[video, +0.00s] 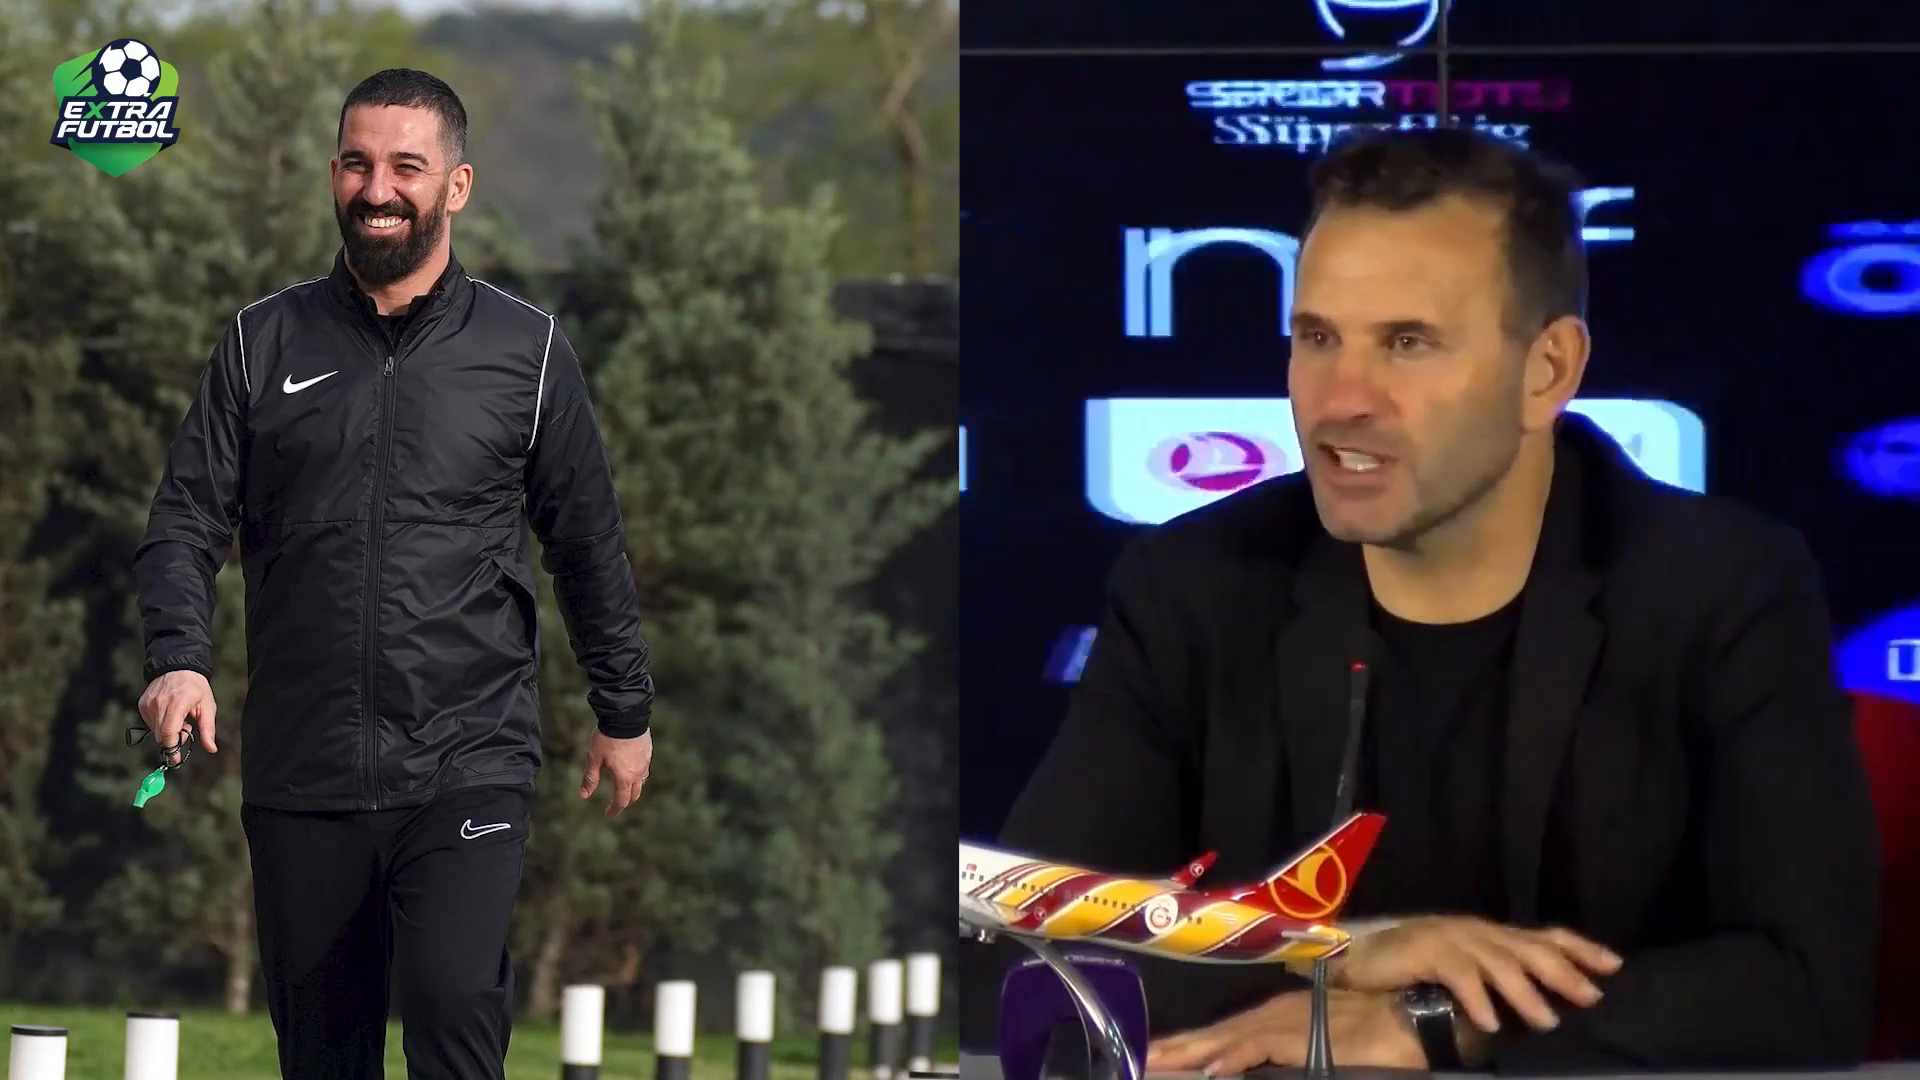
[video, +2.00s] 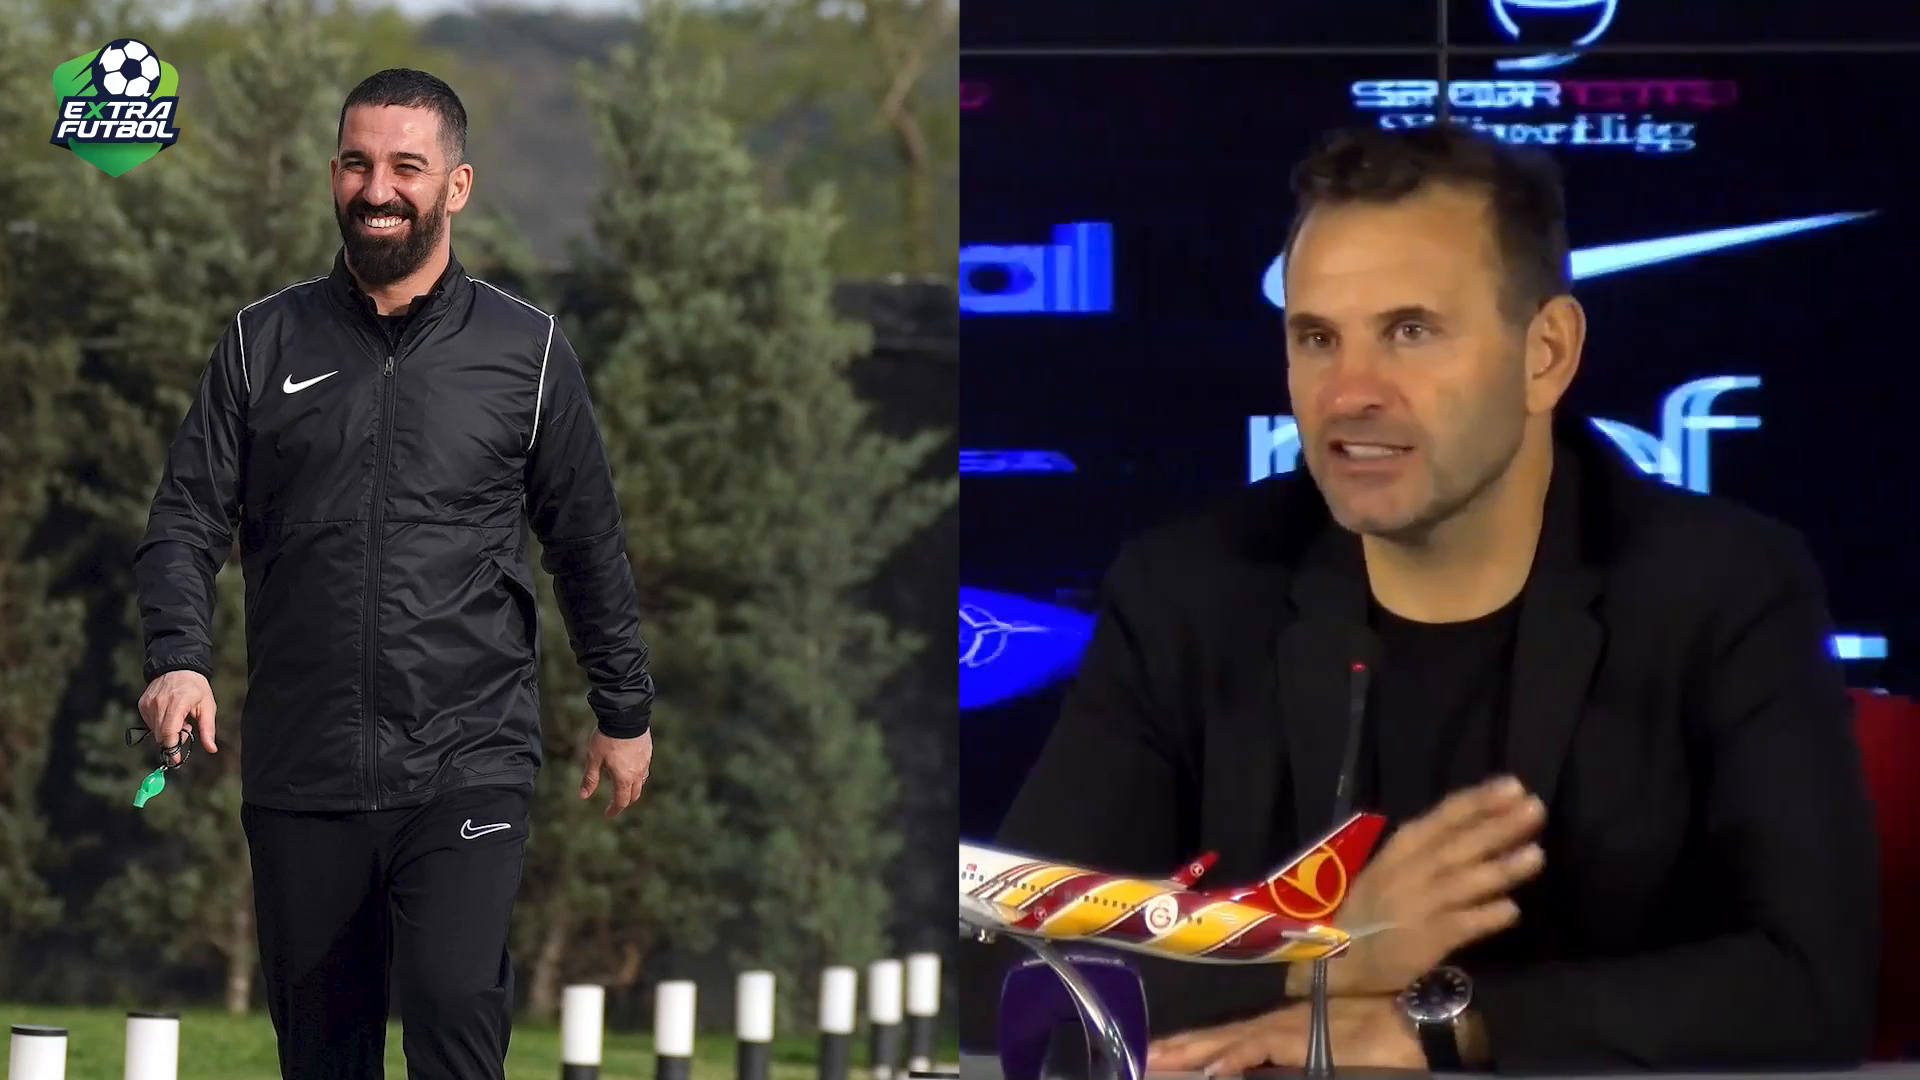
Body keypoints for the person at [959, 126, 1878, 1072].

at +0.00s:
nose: (1338, 396)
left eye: (1407, 344)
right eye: (1316, 338)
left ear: (1550, 371)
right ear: (1290, 342)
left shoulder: (1724, 590)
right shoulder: (1189, 586)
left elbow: (1807, 989)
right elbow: (1029, 963)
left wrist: (1428, 1027)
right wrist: (1328, 958)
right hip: (1247, 1073)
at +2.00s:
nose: (1348, 391)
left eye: (1409, 332)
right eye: (1316, 337)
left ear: (1548, 354)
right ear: (1285, 354)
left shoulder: (1725, 591)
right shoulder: (1189, 589)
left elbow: (1812, 989)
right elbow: (1026, 973)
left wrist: (1439, 1025)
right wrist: (1319, 959)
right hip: (1249, 1077)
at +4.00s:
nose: (1335, 398)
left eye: (1401, 343)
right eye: (1314, 341)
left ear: (1552, 366)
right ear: (1289, 345)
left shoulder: (1735, 597)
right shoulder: (1200, 591)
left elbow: (1805, 993)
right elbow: (1027, 956)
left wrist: (1426, 1035)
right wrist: (1324, 959)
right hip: (1253, 1078)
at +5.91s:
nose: (1345, 403)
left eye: (1406, 344)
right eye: (1314, 347)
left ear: (1547, 362)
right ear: (1286, 356)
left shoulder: (1733, 597)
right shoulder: (1187, 594)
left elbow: (1805, 990)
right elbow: (1027, 947)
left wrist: (1422, 1035)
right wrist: (1329, 959)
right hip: (1242, 1075)